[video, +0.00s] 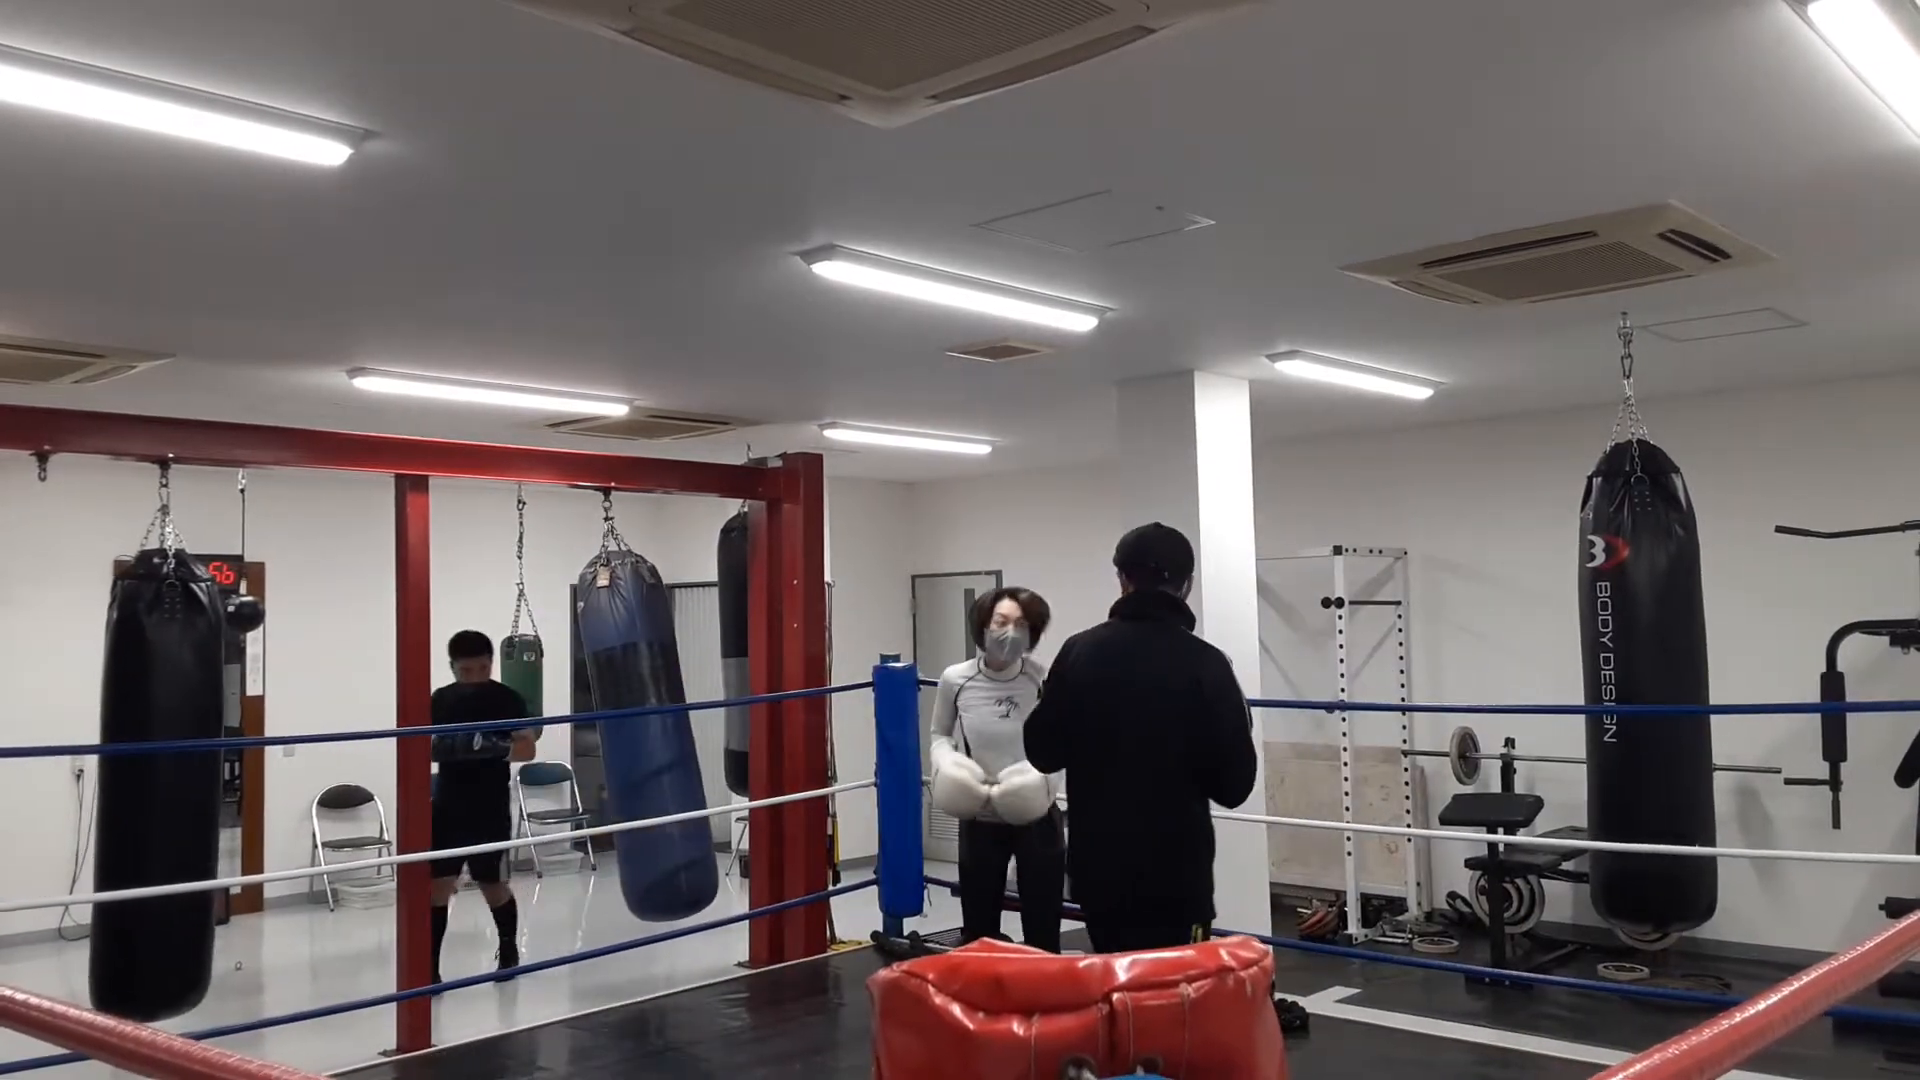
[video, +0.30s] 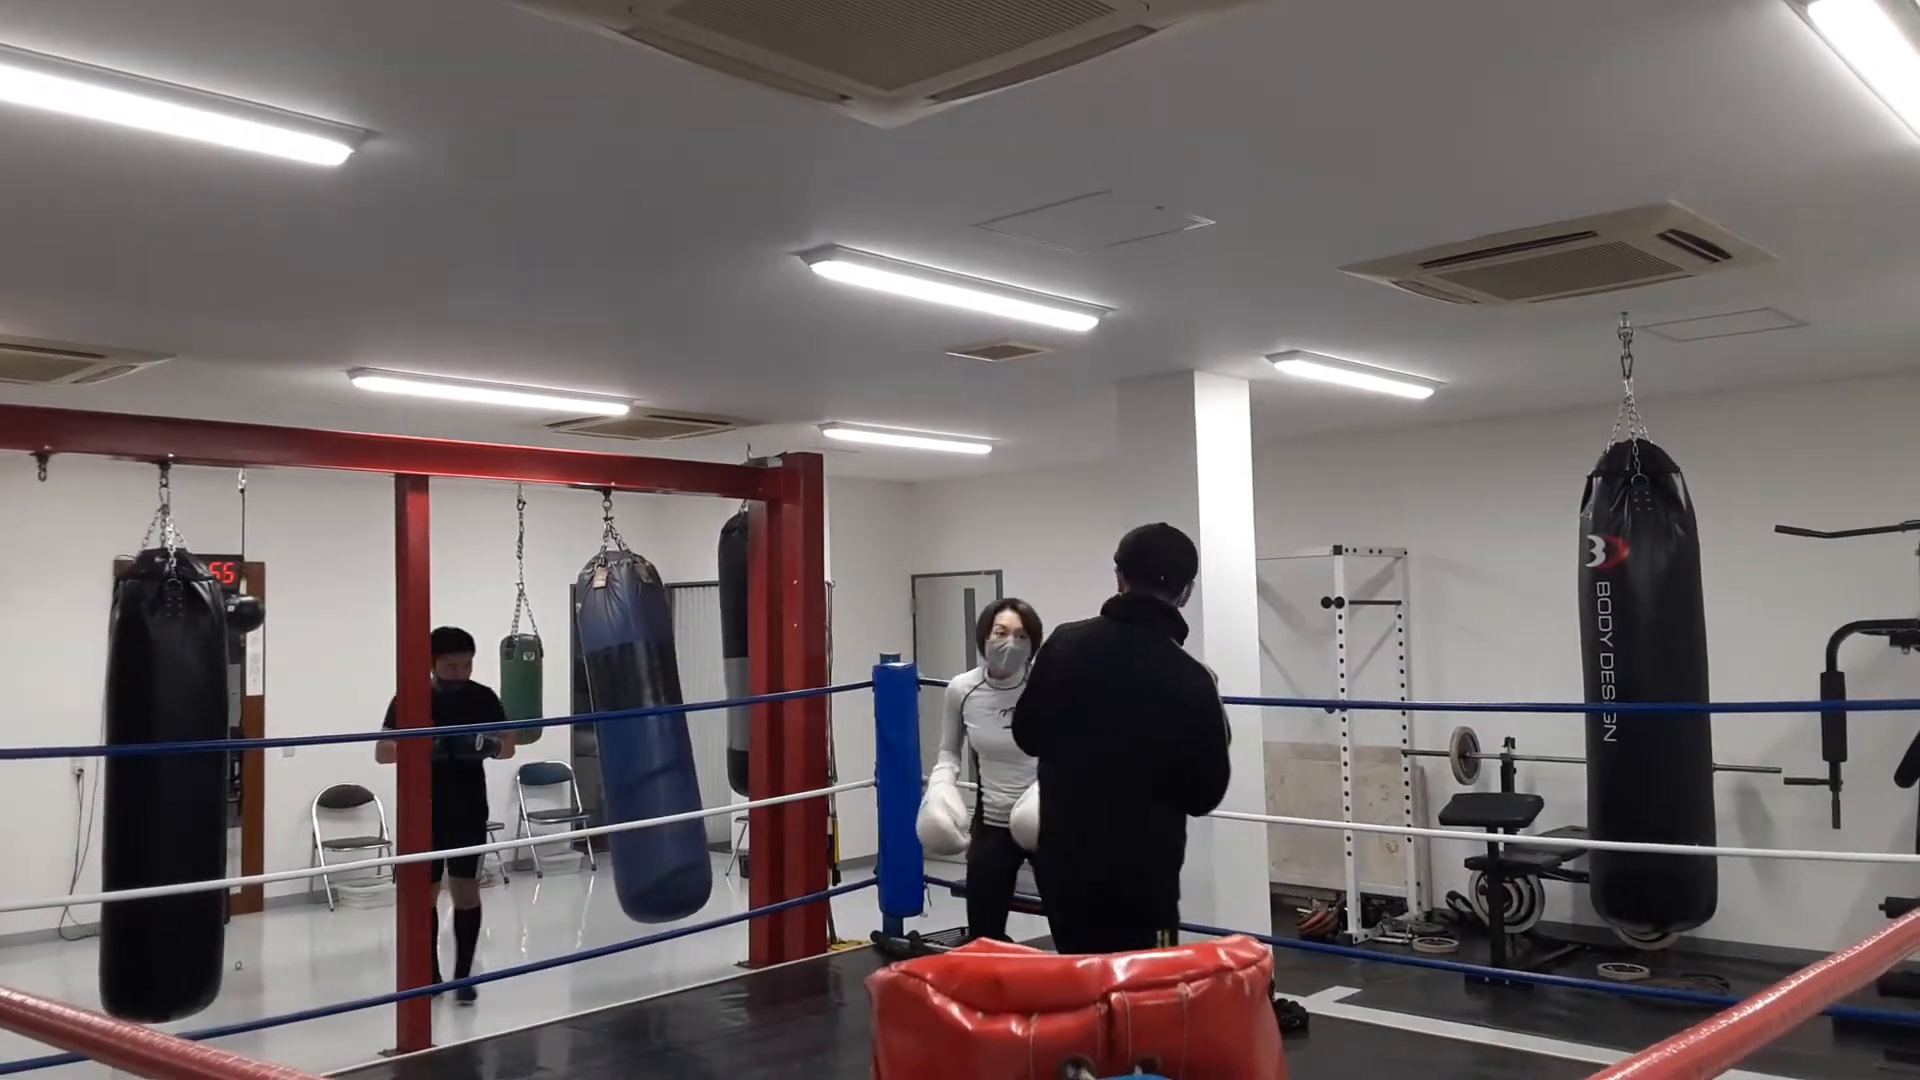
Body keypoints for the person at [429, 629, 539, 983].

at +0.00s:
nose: (471, 677)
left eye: (478, 668)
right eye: (463, 669)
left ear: (490, 663)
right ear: (453, 666)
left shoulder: (507, 699)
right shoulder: (439, 701)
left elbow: (527, 750)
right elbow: (421, 748)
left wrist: (492, 747)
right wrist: (441, 746)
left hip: (490, 804)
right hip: (447, 804)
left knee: (490, 880)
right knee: (438, 884)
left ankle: (508, 951)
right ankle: (430, 968)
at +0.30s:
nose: (459, 674)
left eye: (465, 665)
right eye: (451, 666)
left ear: (472, 663)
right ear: (432, 664)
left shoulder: (483, 698)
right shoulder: (410, 699)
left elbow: (507, 748)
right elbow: (383, 752)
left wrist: (484, 742)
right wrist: (424, 747)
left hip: (468, 807)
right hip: (423, 808)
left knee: (465, 888)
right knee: (425, 893)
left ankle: (462, 976)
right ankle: (430, 974)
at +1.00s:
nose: (450, 677)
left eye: (454, 669)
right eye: (445, 668)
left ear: (449, 667)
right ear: (422, 662)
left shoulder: (442, 704)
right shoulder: (375, 703)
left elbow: (463, 750)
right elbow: (350, 760)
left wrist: (456, 748)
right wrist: (396, 753)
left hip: (430, 811)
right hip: (385, 814)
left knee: (439, 899)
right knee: (380, 906)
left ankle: (442, 987)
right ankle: (339, 998)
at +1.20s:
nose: (413, 677)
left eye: (415, 668)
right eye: (408, 668)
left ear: (409, 668)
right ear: (389, 665)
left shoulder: (410, 709)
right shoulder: (350, 710)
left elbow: (433, 755)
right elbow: (334, 768)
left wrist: (427, 755)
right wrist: (385, 762)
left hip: (406, 827)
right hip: (360, 828)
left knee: (421, 907)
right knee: (352, 912)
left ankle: (439, 985)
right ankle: (338, 999)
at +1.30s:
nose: (400, 677)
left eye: (401, 670)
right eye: (395, 670)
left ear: (390, 672)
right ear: (374, 670)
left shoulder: (398, 709)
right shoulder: (333, 714)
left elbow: (424, 755)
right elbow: (318, 775)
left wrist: (409, 765)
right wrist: (370, 770)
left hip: (390, 825)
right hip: (343, 829)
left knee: (408, 905)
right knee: (336, 915)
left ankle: (433, 984)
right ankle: (332, 1004)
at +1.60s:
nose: (379, 665)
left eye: (379, 658)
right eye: (372, 659)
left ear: (362, 663)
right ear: (345, 663)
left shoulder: (374, 705)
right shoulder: (314, 713)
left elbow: (385, 763)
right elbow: (293, 774)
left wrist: (392, 759)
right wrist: (345, 774)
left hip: (366, 815)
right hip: (326, 819)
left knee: (375, 899)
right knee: (330, 906)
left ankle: (350, 973)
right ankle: (331, 999)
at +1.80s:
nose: (373, 664)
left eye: (373, 656)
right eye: (366, 657)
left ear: (359, 661)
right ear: (339, 661)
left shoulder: (368, 705)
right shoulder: (310, 711)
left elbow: (381, 760)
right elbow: (288, 769)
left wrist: (387, 756)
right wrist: (344, 768)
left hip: (354, 814)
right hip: (319, 816)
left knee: (344, 901)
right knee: (327, 903)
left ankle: (323, 983)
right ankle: (321, 991)